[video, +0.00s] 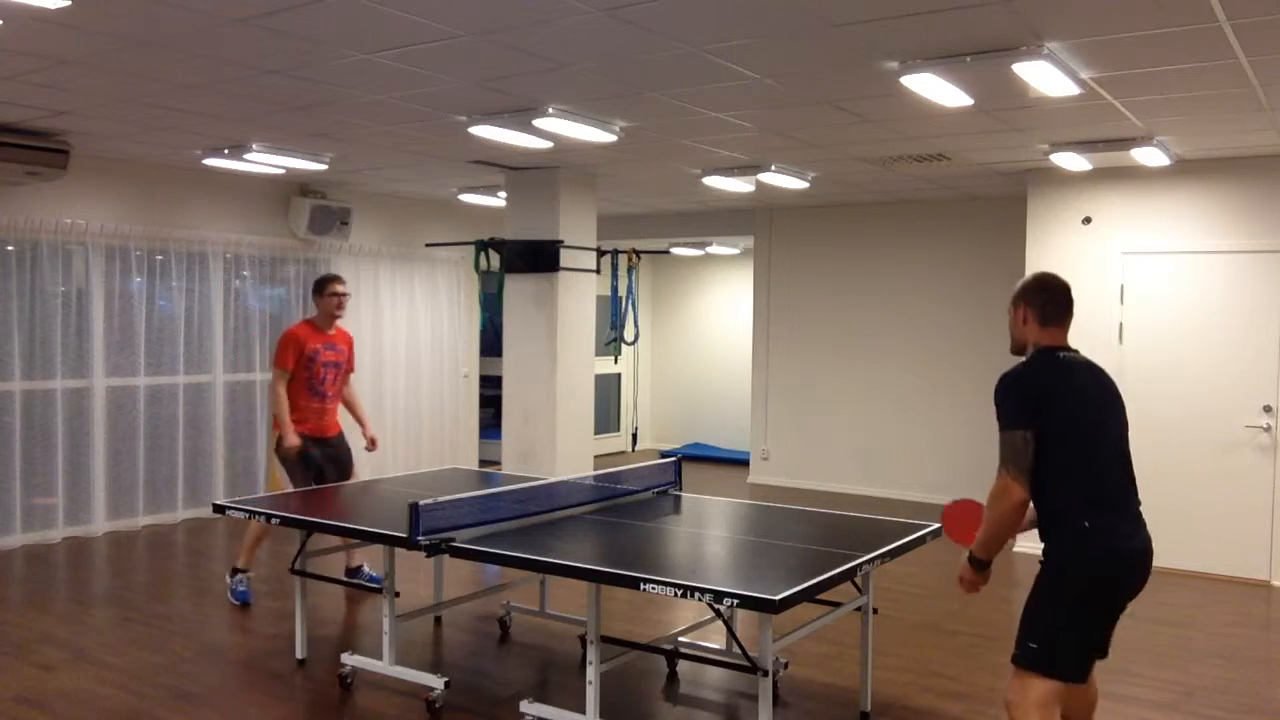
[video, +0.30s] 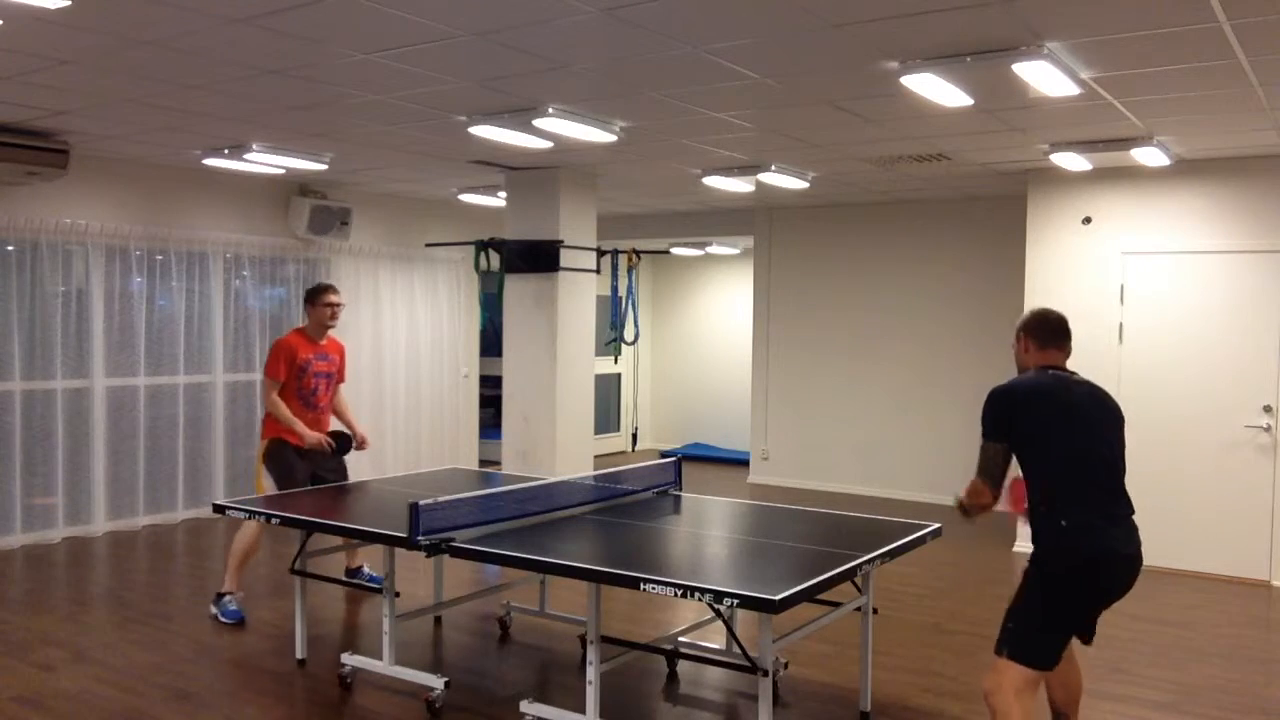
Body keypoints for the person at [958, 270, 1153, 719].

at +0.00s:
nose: (1009, 324)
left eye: (1012, 314)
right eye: (1011, 314)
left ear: (1025, 315)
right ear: (1066, 320)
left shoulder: (1021, 381)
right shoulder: (1098, 379)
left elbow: (1014, 490)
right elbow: (1097, 483)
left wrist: (978, 560)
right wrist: (1027, 521)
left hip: (1079, 554)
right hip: (1129, 549)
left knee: (1030, 690)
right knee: (1076, 674)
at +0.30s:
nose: (1016, 356)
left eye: (1016, 348)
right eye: (1016, 349)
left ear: (1023, 345)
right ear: (1067, 349)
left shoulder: (1009, 397)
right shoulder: (1104, 400)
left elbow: (986, 490)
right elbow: (1104, 480)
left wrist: (968, 505)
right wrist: (1042, 507)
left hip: (1065, 554)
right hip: (1123, 553)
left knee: (1007, 688)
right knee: (1056, 640)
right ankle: (1065, 713)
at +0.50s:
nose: (1009, 349)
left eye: (1010, 342)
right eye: (1010, 342)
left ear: (1017, 340)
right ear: (1060, 345)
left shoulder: (1000, 385)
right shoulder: (1093, 394)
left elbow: (964, 476)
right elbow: (1133, 487)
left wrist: (955, 445)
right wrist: (1087, 468)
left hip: (1048, 544)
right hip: (1107, 545)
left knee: (993, 676)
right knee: (1054, 637)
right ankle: (1063, 716)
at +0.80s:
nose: (981, 364)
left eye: (981, 357)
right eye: (982, 358)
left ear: (987, 356)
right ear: (1027, 361)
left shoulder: (980, 397)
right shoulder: (1056, 409)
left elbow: (957, 491)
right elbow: (1065, 487)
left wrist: (925, 504)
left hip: (1033, 557)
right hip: (1084, 556)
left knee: (966, 683)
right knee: (1023, 645)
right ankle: (1050, 713)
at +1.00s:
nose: (937, 369)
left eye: (938, 359)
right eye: (937, 359)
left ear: (949, 356)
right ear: (983, 357)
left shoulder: (952, 399)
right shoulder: (1021, 404)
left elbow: (950, 495)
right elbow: (1019, 487)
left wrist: (924, 514)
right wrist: (960, 513)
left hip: (1008, 568)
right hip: (1061, 564)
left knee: (923, 699)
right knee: (1029, 661)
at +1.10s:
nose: (901, 369)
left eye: (902, 359)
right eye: (901, 359)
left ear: (914, 357)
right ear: (952, 358)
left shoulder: (914, 415)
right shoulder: (995, 403)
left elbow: (922, 522)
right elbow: (1012, 487)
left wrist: (910, 528)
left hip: (988, 583)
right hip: (1049, 571)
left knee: (898, 702)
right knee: (1032, 675)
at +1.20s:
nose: (878, 373)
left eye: (877, 363)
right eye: (875, 364)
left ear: (891, 363)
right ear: (931, 358)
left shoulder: (892, 429)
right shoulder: (993, 406)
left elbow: (902, 544)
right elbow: (1063, 483)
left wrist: (926, 542)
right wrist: (1047, 520)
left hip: (979, 588)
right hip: (1044, 575)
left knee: (884, 706)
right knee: (1022, 670)